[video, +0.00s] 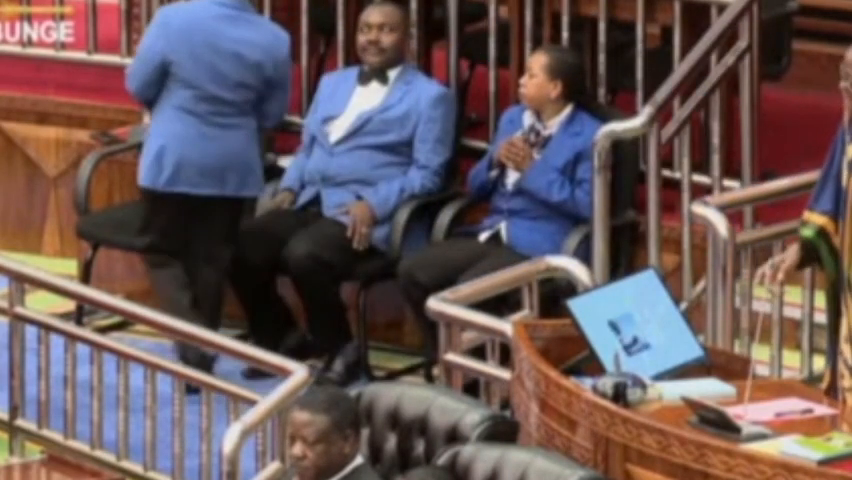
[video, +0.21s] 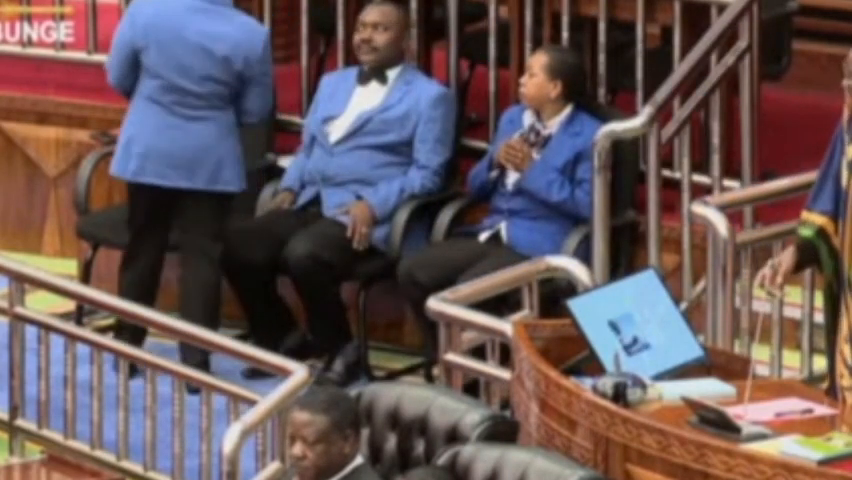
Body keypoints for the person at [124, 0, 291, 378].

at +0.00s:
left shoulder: (173, 19)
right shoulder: (274, 38)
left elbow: (141, 84)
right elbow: (272, 112)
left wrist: (168, 108)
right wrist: (241, 134)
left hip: (173, 160)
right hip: (236, 165)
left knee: (162, 252)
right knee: (212, 266)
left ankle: (190, 340)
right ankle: (198, 367)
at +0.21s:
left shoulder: (145, 12)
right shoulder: (250, 33)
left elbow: (119, 77)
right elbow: (255, 110)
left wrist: (156, 93)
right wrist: (217, 100)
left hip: (148, 154)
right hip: (211, 161)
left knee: (142, 249)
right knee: (202, 257)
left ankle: (127, 354)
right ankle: (196, 368)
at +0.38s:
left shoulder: (123, 10)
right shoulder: (226, 29)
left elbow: (107, 76)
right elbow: (238, 105)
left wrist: (145, 86)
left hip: (135, 147)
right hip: (196, 154)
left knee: (136, 248)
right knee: (195, 253)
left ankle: (127, 355)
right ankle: (193, 367)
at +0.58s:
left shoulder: (98, 8)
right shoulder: (193, 22)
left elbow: (97, 71)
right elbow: (212, 99)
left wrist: (127, 88)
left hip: (117, 147)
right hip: (175, 155)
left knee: (130, 238)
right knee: (186, 250)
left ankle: (127, 350)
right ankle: (195, 357)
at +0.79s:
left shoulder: (95, 8)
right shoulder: (180, 17)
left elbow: (97, 71)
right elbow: (198, 98)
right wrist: (216, 90)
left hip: (112, 143)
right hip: (170, 151)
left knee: (129, 229)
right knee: (198, 235)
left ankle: (126, 346)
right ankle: (187, 343)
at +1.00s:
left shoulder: (101, 7)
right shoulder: (183, 15)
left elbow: (100, 68)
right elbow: (199, 95)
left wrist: (128, 90)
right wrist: (226, 105)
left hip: (116, 139)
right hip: (173, 146)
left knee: (128, 237)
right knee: (194, 238)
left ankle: (125, 349)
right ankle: (192, 345)